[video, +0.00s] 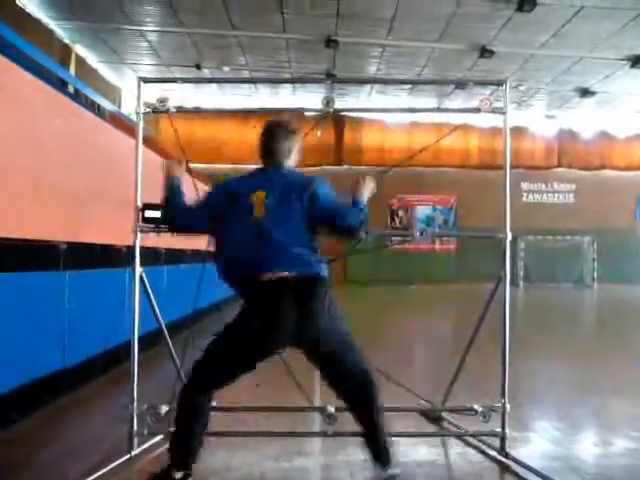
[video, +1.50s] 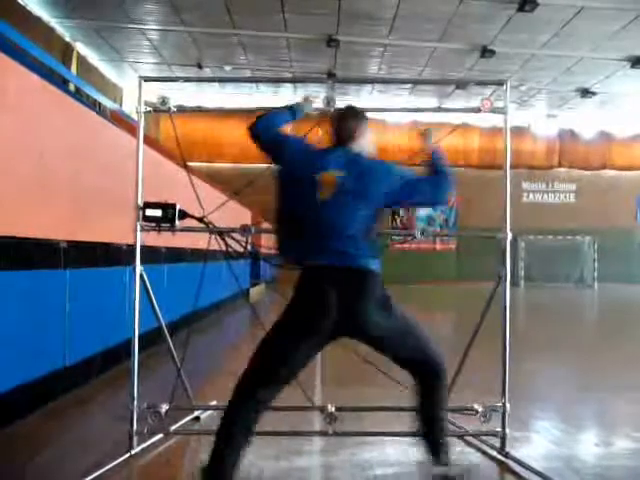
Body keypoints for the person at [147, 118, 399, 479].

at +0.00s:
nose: (298, 155)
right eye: (298, 150)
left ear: (261, 152)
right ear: (295, 153)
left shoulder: (229, 192)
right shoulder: (307, 188)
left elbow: (179, 220)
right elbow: (350, 224)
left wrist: (174, 182)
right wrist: (362, 197)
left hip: (262, 308)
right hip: (311, 304)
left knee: (199, 382)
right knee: (355, 378)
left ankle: (180, 467)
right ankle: (383, 458)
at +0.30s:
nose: (373, 135)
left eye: (368, 129)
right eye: (373, 130)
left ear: (339, 131)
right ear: (373, 134)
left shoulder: (303, 161)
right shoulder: (389, 172)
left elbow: (254, 145)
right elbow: (448, 192)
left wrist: (266, 112)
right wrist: (458, 154)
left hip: (318, 298)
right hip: (370, 297)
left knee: (266, 388)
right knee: (437, 364)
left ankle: (233, 470)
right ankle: (453, 453)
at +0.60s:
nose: (397, 153)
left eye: (393, 147)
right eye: (415, 145)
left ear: (389, 152)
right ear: (421, 150)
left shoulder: (377, 191)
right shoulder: (452, 191)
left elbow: (349, 239)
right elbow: (497, 197)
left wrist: (306, 222)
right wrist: (487, 154)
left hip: (378, 315)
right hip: (427, 315)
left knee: (329, 391)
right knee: (489, 388)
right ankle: (513, 471)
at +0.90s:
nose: (312, 125)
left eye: (314, 119)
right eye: (317, 119)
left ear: (320, 123)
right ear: (347, 124)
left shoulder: (301, 161)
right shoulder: (375, 156)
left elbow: (252, 189)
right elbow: (431, 164)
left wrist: (232, 166)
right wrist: (410, 134)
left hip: (321, 288)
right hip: (374, 285)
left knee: (255, 365)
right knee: (417, 375)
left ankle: (237, 458)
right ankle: (457, 466)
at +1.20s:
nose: (295, 147)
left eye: (292, 142)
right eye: (295, 142)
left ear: (259, 143)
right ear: (291, 145)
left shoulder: (225, 184)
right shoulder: (304, 177)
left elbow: (174, 202)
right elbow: (350, 222)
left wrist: (155, 166)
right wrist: (377, 195)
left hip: (270, 302)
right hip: (318, 295)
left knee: (203, 380)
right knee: (367, 376)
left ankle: (186, 466)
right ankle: (410, 454)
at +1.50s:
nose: (367, 139)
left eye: (360, 132)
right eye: (366, 134)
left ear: (331, 133)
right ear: (364, 137)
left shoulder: (298, 157)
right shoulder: (376, 173)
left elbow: (261, 127)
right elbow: (439, 190)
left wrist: (298, 110)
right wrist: (434, 151)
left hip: (312, 297)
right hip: (363, 299)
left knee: (254, 388)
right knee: (429, 366)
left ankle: (218, 473)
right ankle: (438, 458)